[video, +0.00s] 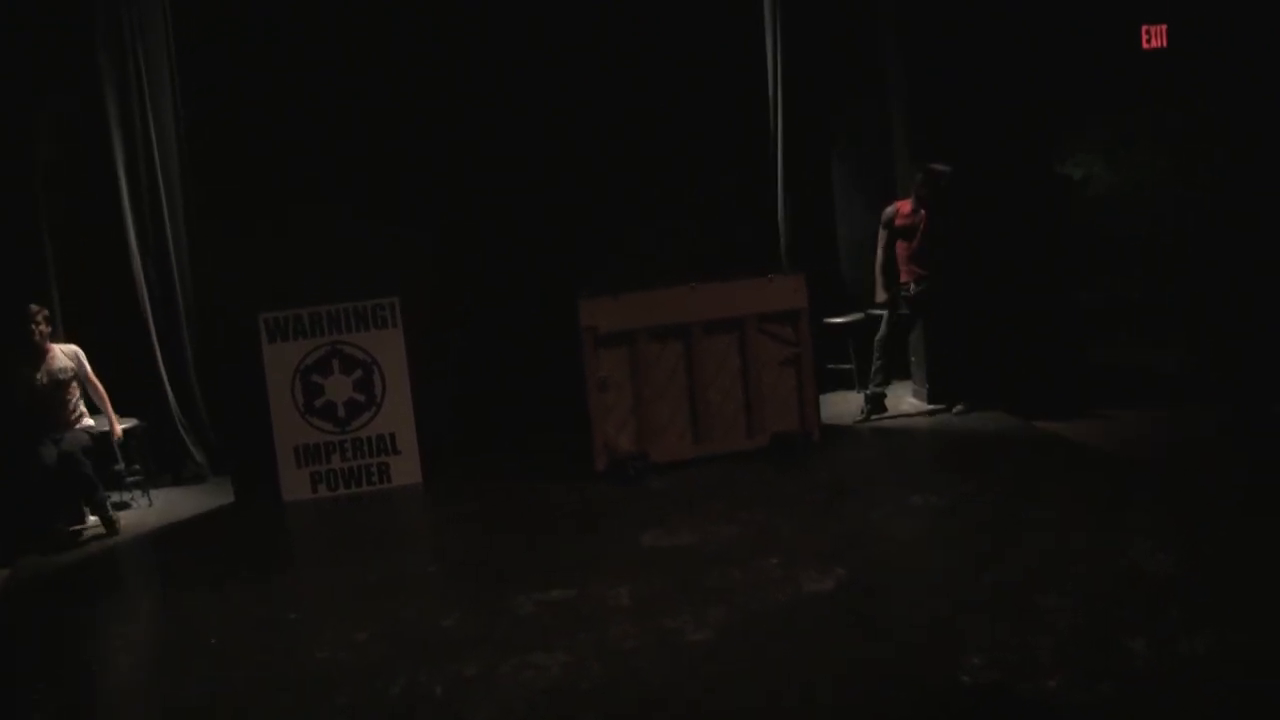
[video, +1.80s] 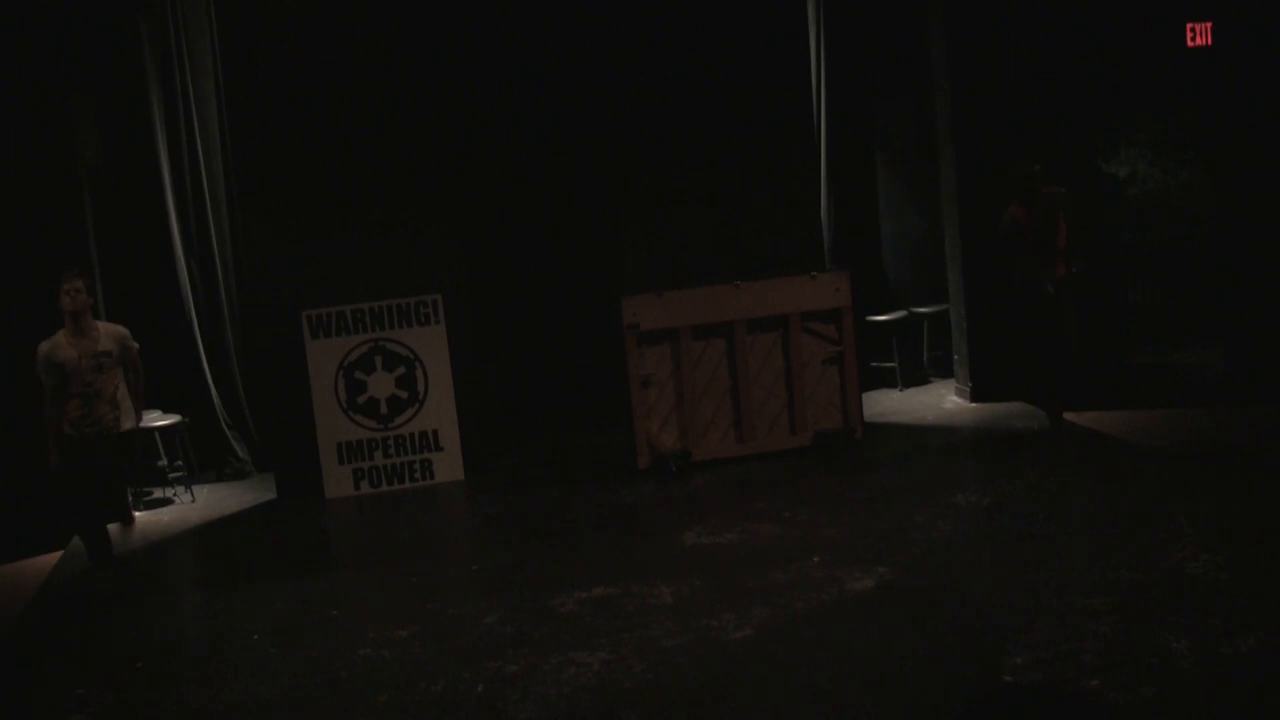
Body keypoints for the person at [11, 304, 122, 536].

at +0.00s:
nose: (34, 330)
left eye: (38, 324)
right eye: (29, 326)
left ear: (48, 326)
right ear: (24, 330)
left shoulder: (71, 353)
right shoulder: (23, 363)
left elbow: (94, 387)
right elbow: (19, 404)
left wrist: (113, 422)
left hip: (78, 426)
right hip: (46, 432)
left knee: (69, 452)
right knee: (44, 463)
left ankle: (103, 511)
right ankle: (59, 523)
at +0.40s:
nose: (55, 340)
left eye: (60, 335)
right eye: (51, 336)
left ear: (70, 340)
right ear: (46, 341)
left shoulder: (86, 373)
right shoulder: (41, 377)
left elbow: (90, 413)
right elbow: (39, 415)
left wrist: (71, 428)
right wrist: (54, 431)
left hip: (89, 431)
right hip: (59, 436)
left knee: (90, 461)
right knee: (56, 466)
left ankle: (112, 513)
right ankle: (66, 522)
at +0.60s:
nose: (74, 351)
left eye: (79, 345)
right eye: (70, 346)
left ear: (88, 350)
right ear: (63, 351)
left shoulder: (104, 388)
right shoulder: (51, 387)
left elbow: (104, 431)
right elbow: (50, 425)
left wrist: (88, 454)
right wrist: (52, 454)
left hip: (101, 439)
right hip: (67, 440)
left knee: (99, 474)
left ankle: (112, 514)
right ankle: (68, 524)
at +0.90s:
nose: (90, 344)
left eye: (95, 337)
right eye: (86, 338)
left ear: (104, 340)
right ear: (79, 341)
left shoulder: (122, 368)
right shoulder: (69, 373)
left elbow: (133, 404)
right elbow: (61, 409)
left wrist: (132, 435)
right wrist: (70, 433)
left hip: (115, 426)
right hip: (83, 429)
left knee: (120, 468)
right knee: (90, 474)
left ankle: (130, 510)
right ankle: (97, 521)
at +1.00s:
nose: (88, 297)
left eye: (91, 290)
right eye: (83, 291)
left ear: (100, 294)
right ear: (76, 297)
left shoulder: (121, 327)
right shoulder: (66, 331)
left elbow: (131, 366)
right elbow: (55, 373)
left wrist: (132, 399)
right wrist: (71, 397)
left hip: (116, 405)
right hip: (84, 408)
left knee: (121, 460)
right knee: (92, 465)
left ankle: (134, 511)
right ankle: (100, 521)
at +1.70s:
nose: (73, 298)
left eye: (78, 292)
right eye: (68, 294)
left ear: (89, 298)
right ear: (60, 301)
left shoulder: (116, 335)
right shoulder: (50, 345)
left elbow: (136, 376)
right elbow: (47, 392)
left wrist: (138, 418)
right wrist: (52, 429)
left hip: (112, 431)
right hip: (72, 434)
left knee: (115, 495)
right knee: (82, 501)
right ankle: (99, 564)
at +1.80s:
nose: (73, 298)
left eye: (78, 292)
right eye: (67, 293)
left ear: (89, 297)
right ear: (60, 301)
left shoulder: (118, 336)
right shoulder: (49, 350)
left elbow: (135, 378)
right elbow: (50, 400)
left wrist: (137, 415)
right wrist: (54, 443)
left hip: (116, 431)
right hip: (75, 437)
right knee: (85, 507)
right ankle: (103, 566)